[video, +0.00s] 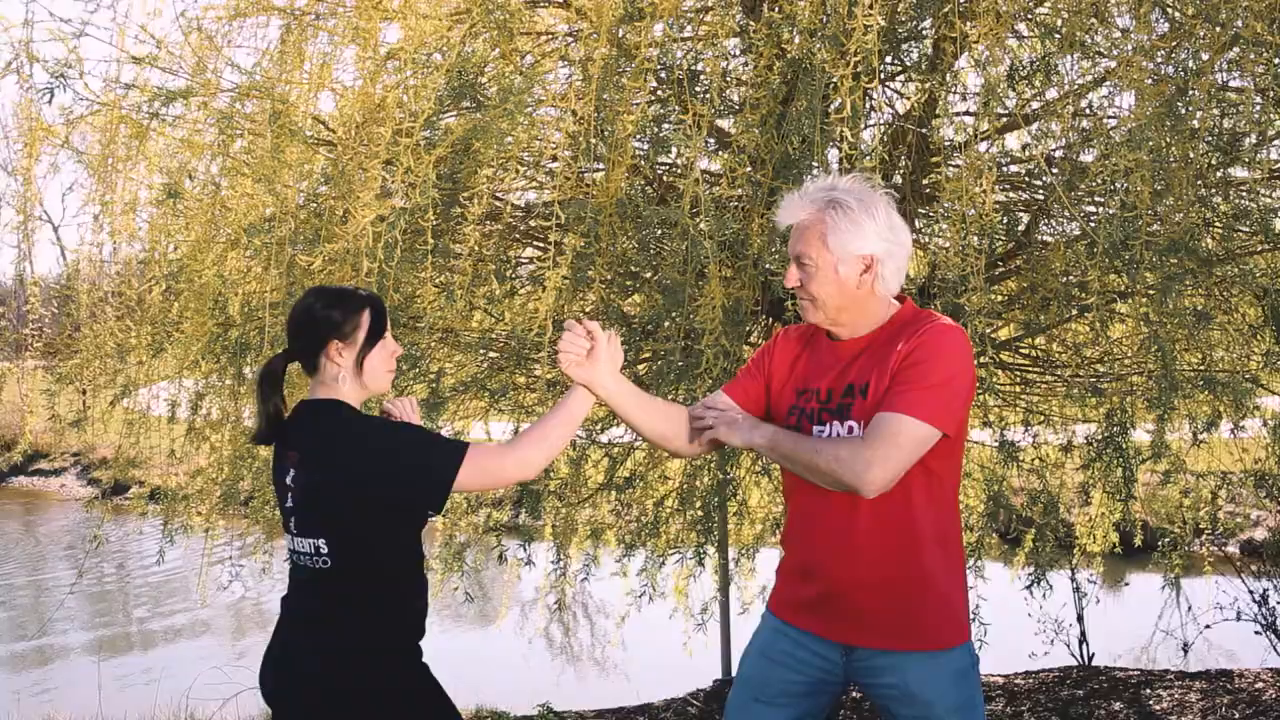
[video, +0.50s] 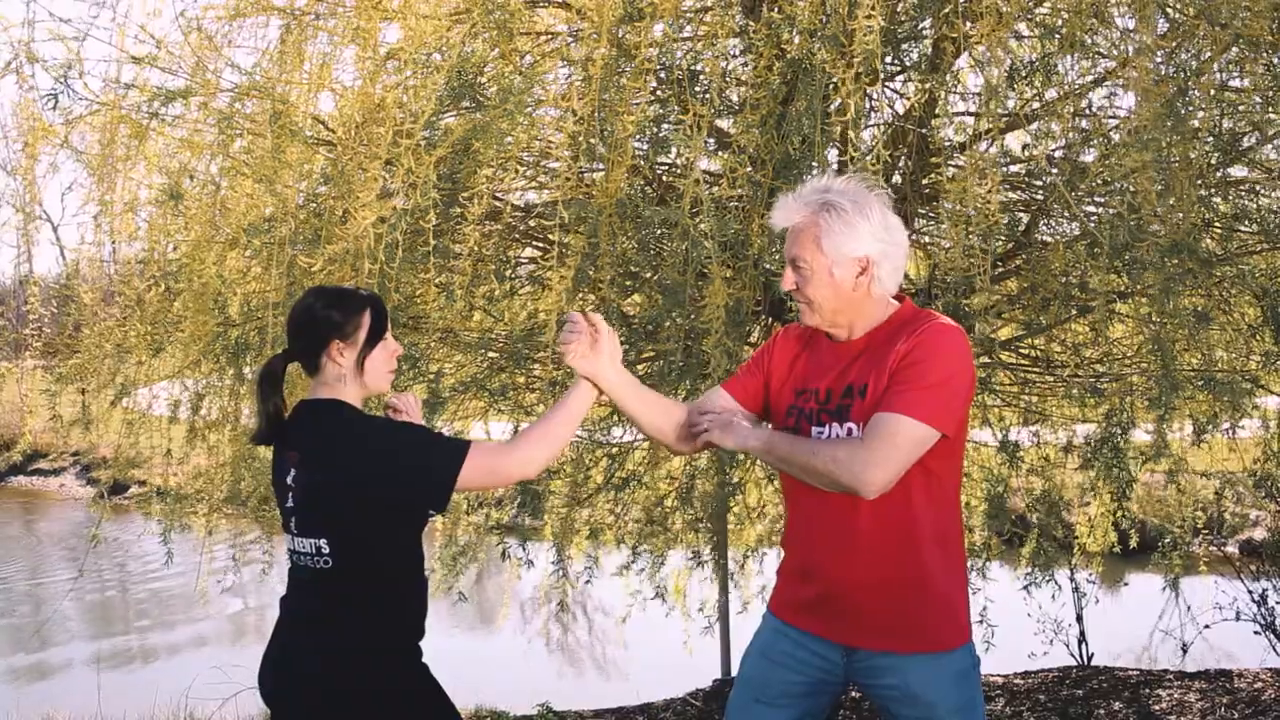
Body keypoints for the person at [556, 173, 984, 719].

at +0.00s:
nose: (789, 279)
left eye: (805, 263)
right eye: (791, 262)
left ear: (865, 269)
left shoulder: (936, 344)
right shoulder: (788, 349)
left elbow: (869, 469)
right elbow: (692, 433)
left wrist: (755, 433)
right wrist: (604, 378)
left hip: (918, 641)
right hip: (796, 630)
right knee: (743, 713)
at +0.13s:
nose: (789, 280)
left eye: (805, 264)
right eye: (791, 262)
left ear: (865, 269)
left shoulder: (936, 344)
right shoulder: (788, 349)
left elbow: (869, 469)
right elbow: (692, 433)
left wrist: (753, 433)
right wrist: (602, 377)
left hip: (918, 641)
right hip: (796, 630)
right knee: (743, 713)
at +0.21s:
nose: (789, 280)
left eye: (804, 264)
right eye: (790, 263)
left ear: (865, 269)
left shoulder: (936, 344)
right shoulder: (788, 349)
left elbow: (868, 469)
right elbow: (693, 432)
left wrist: (754, 433)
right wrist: (603, 376)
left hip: (919, 642)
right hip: (797, 630)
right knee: (744, 713)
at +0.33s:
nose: (787, 280)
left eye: (802, 264)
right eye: (788, 263)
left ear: (862, 268)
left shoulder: (935, 344)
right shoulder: (788, 349)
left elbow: (866, 469)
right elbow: (690, 431)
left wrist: (754, 434)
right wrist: (603, 375)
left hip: (918, 642)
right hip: (797, 630)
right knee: (744, 713)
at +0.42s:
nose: (787, 281)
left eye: (801, 264)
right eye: (788, 264)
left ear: (862, 268)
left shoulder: (935, 344)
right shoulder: (788, 348)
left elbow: (866, 469)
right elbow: (689, 429)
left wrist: (755, 435)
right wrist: (603, 374)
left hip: (918, 642)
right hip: (797, 630)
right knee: (744, 713)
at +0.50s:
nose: (785, 282)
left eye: (799, 267)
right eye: (787, 265)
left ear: (860, 270)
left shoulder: (935, 344)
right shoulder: (788, 348)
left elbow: (868, 470)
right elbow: (687, 429)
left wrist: (755, 437)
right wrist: (606, 369)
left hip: (919, 642)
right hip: (797, 630)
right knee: (745, 712)